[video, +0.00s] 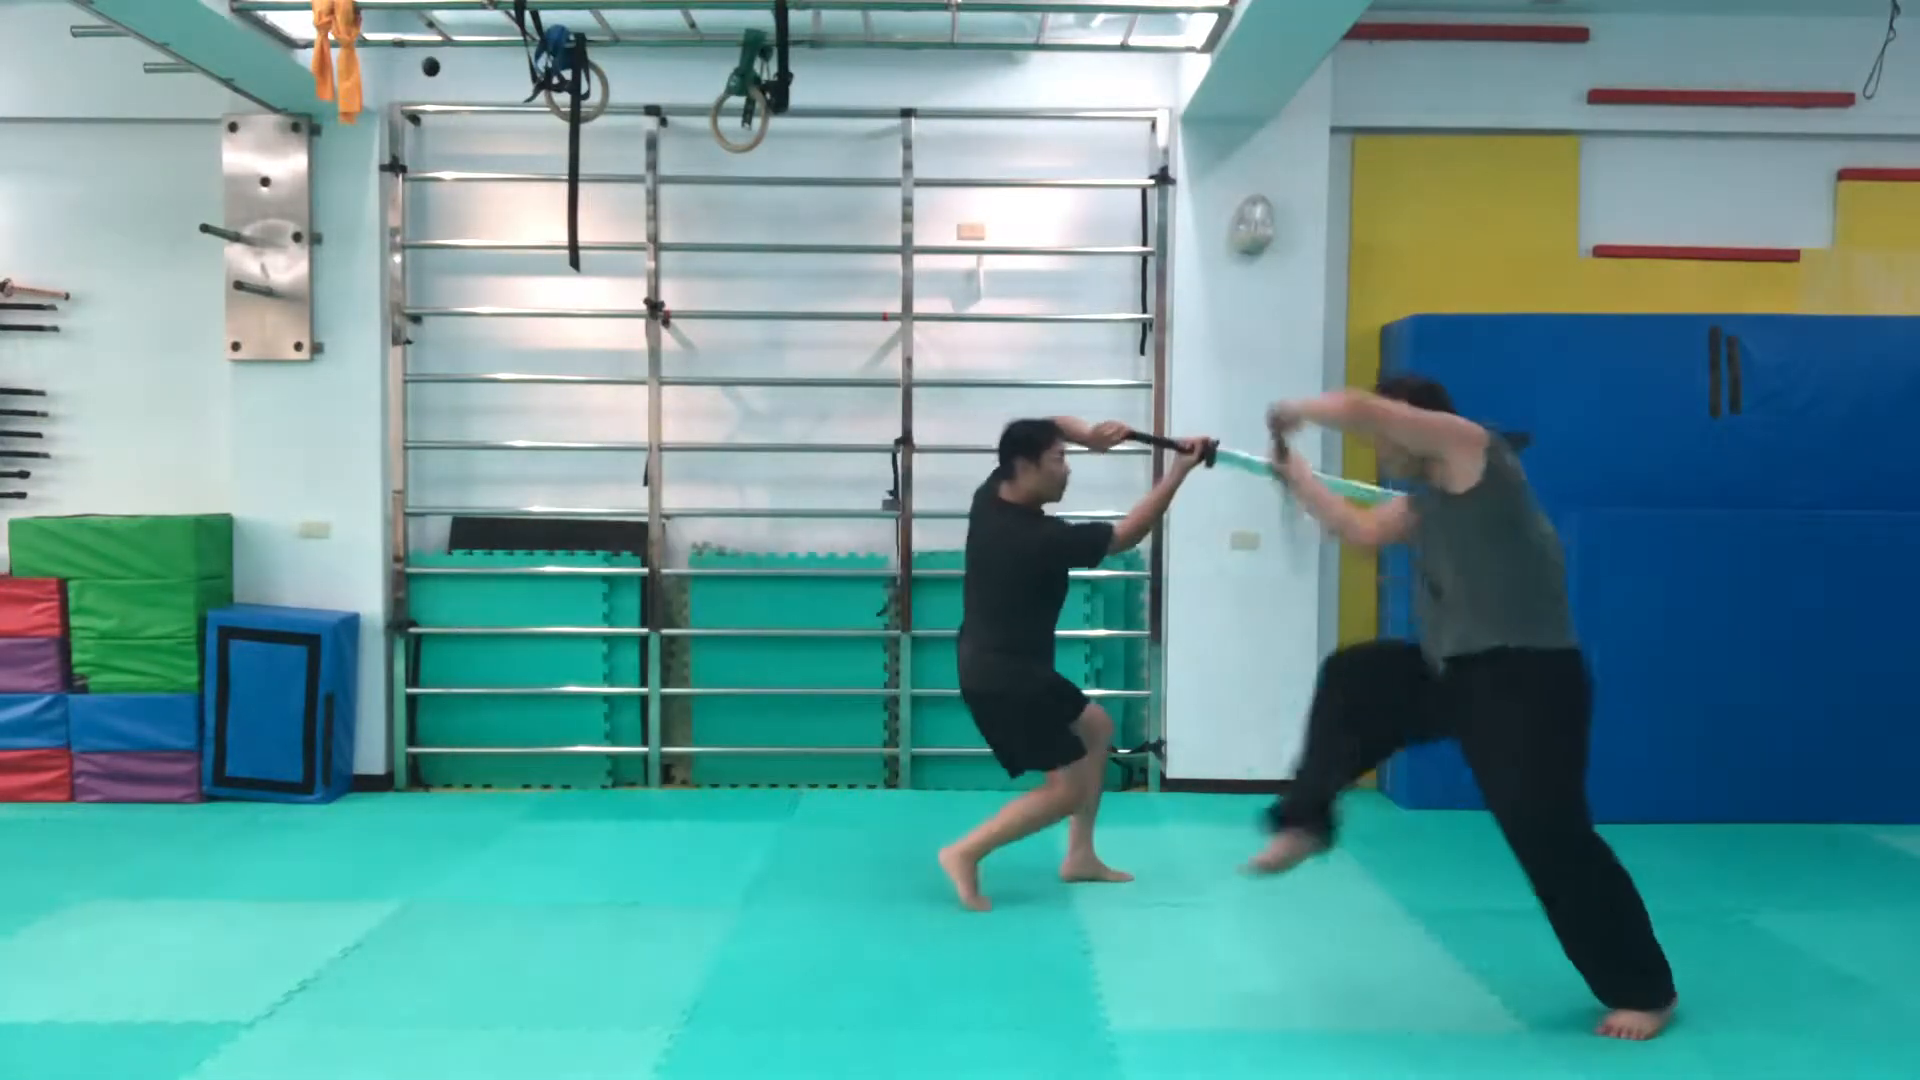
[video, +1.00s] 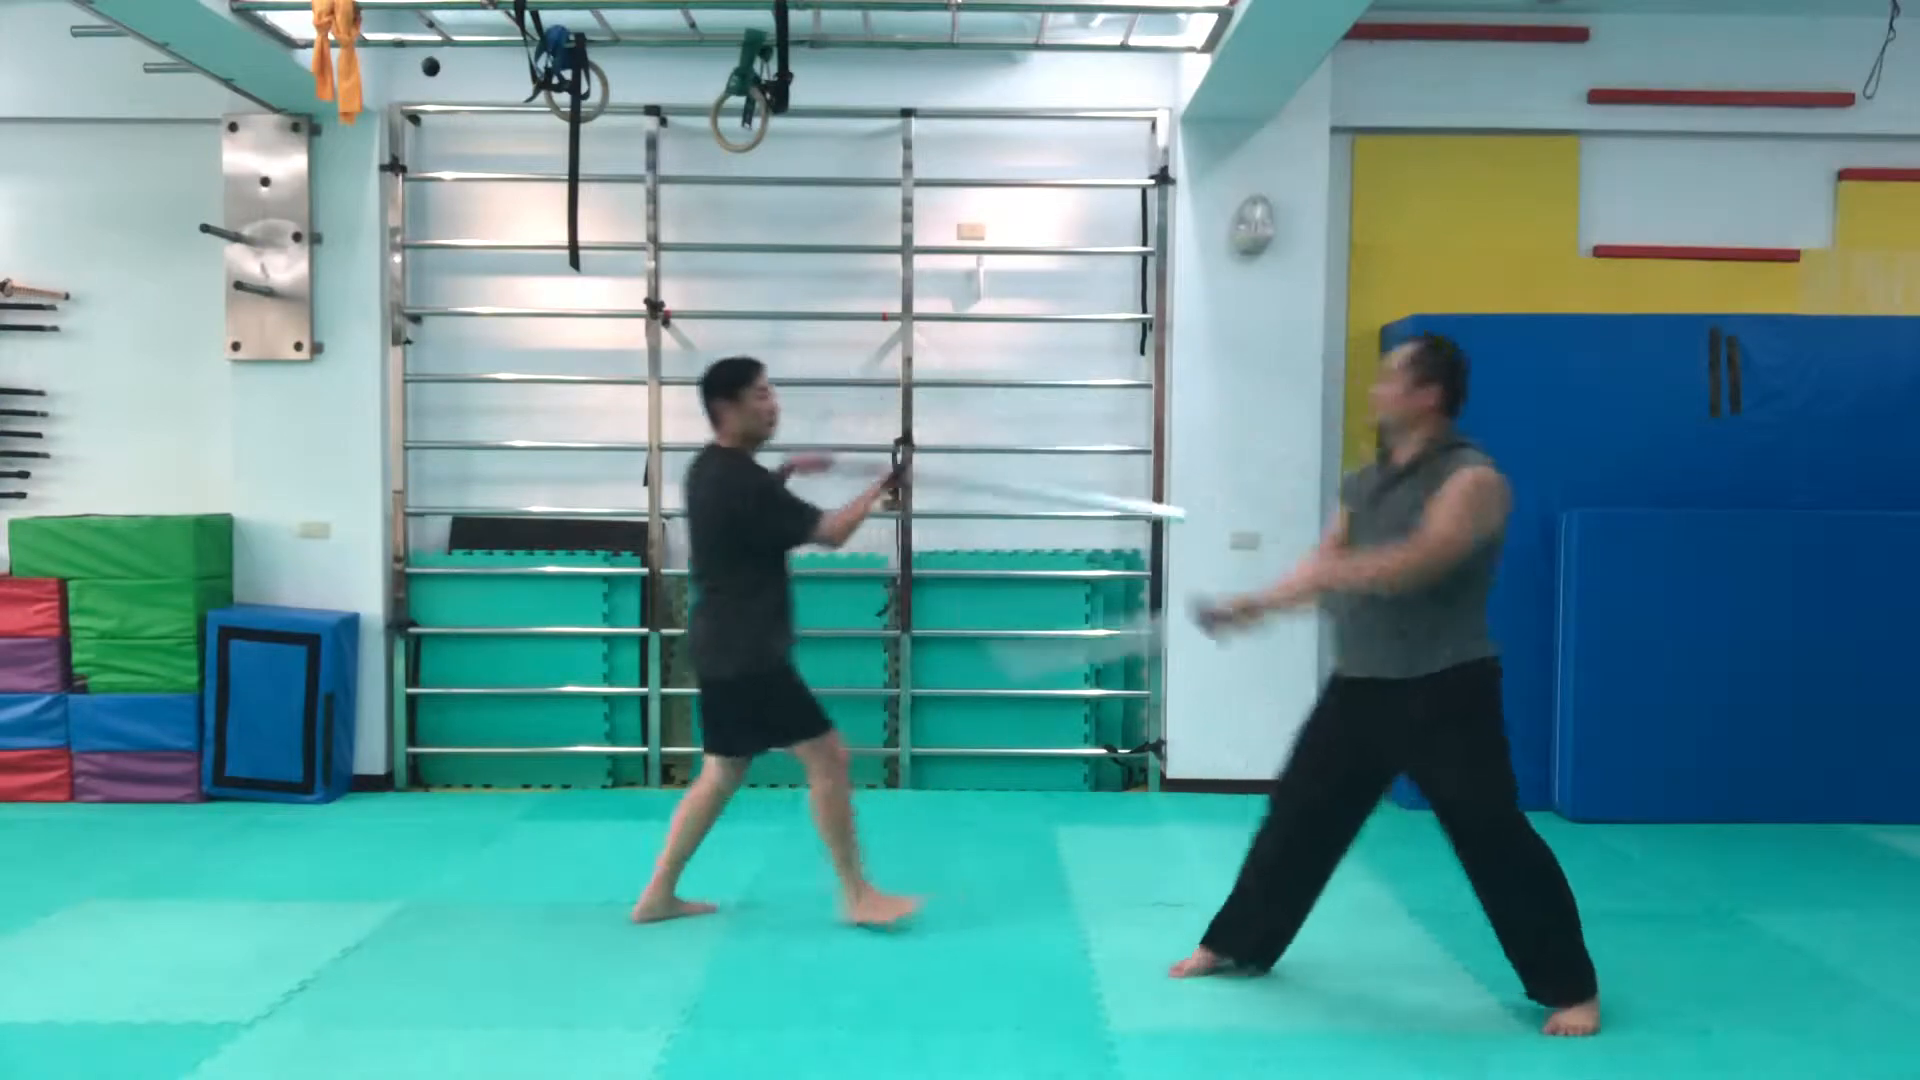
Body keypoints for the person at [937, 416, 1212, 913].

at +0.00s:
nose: (1066, 469)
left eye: (1065, 459)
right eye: (1059, 460)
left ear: (1016, 467)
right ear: (1027, 467)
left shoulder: (989, 500)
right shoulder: (1046, 538)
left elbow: (1041, 432)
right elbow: (1125, 534)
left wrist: (1090, 436)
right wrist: (1179, 470)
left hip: (988, 668)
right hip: (1011, 680)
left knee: (1096, 727)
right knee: (1069, 790)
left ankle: (1081, 857)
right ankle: (963, 854)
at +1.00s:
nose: (774, 404)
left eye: (771, 393)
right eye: (761, 396)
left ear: (726, 411)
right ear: (727, 409)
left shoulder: (706, 471)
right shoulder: (746, 481)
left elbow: (744, 506)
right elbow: (830, 531)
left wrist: (788, 471)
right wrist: (875, 493)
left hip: (719, 657)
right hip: (752, 658)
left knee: (721, 774)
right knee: (827, 758)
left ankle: (657, 895)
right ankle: (857, 896)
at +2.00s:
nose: (595, 411)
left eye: (593, 399)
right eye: (582, 400)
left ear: (537, 412)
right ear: (541, 409)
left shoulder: (504, 471)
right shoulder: (538, 485)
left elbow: (511, 572)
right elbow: (550, 593)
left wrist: (591, 608)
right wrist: (645, 592)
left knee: (439, 795)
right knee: (573, 791)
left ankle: (344, 923)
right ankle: (562, 956)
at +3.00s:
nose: (879, 455)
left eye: (877, 443)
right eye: (870, 444)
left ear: (841, 452)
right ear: (837, 452)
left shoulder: (845, 501)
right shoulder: (812, 519)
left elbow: (910, 517)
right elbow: (874, 609)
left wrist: (963, 532)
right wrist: (964, 590)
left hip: (815, 684)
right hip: (782, 691)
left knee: (896, 732)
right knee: (811, 821)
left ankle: (890, 884)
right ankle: (713, 959)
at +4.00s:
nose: (995, 413)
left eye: (996, 402)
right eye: (984, 403)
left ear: (948, 413)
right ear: (948, 411)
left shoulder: (936, 464)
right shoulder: (968, 480)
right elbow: (1041, 523)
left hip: (965, 640)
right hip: (970, 646)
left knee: (1027, 772)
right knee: (1008, 774)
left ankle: (1055, 885)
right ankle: (938, 891)